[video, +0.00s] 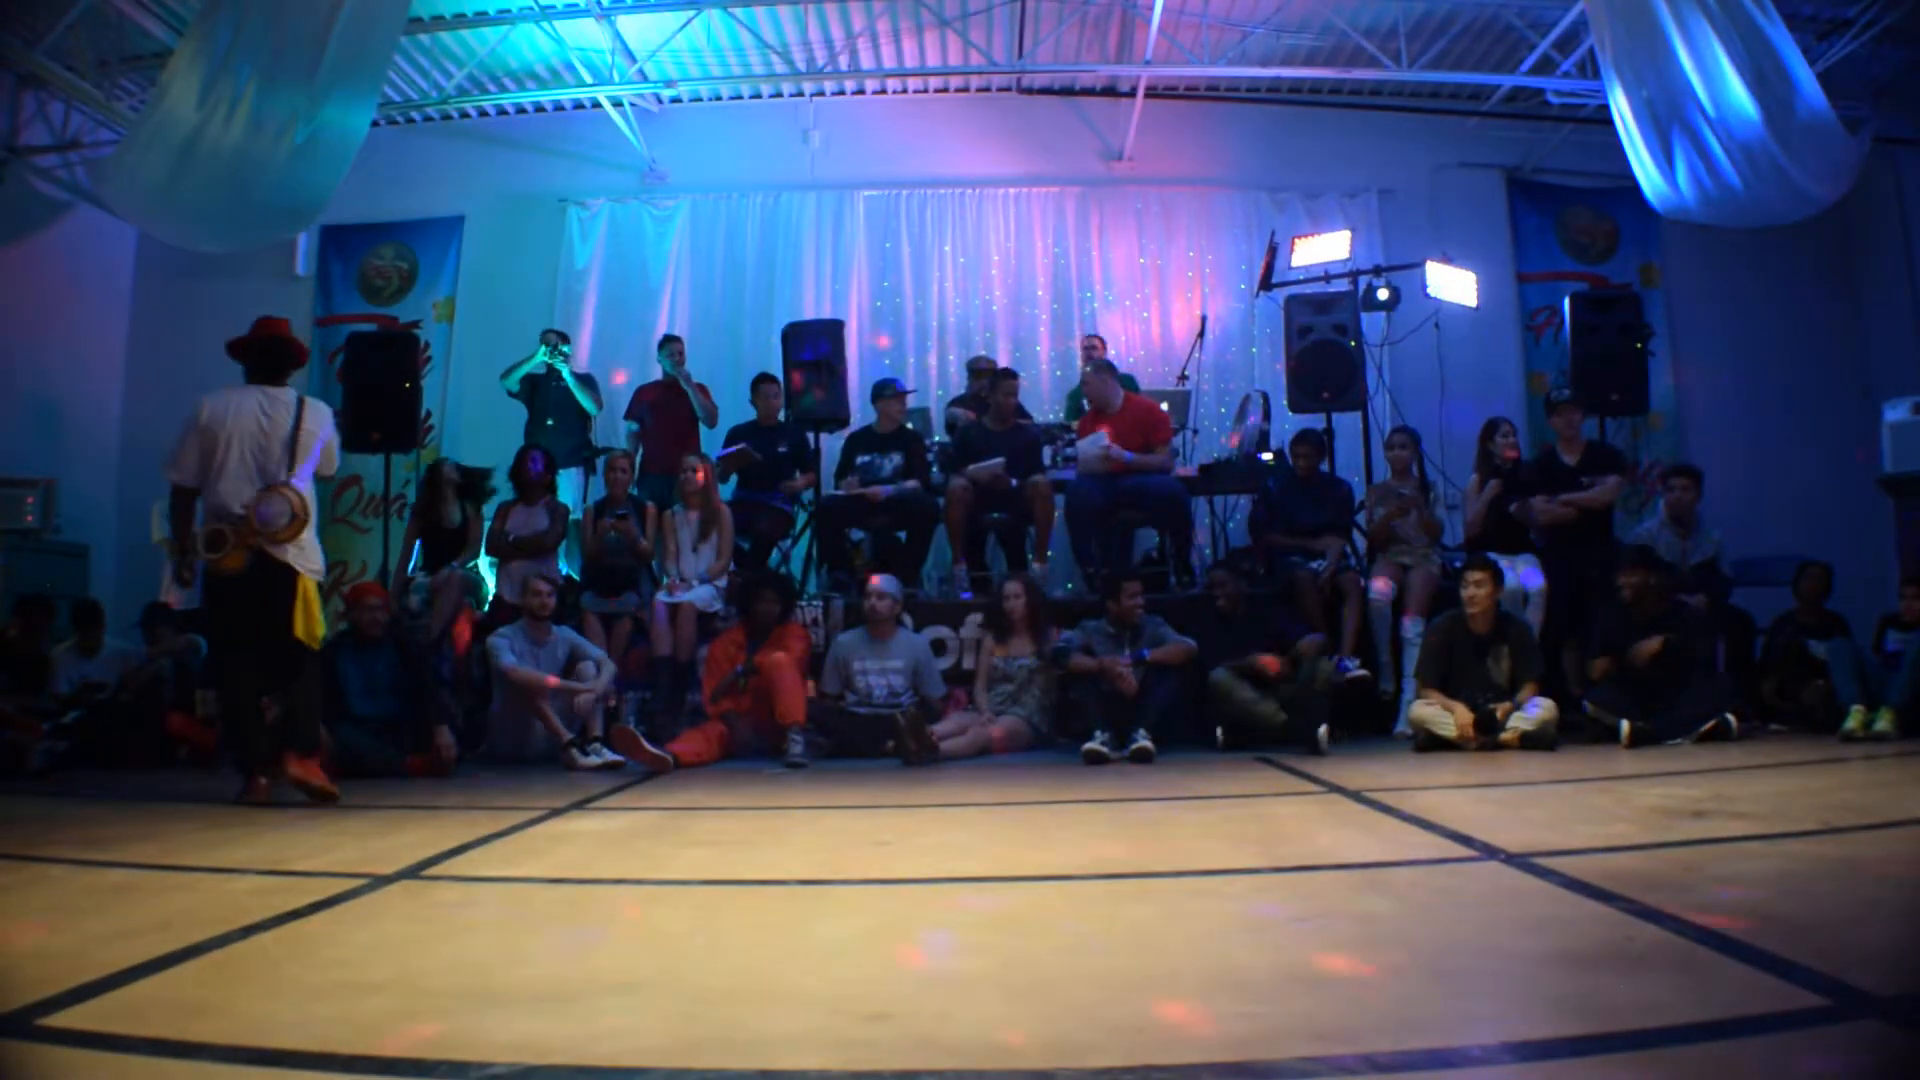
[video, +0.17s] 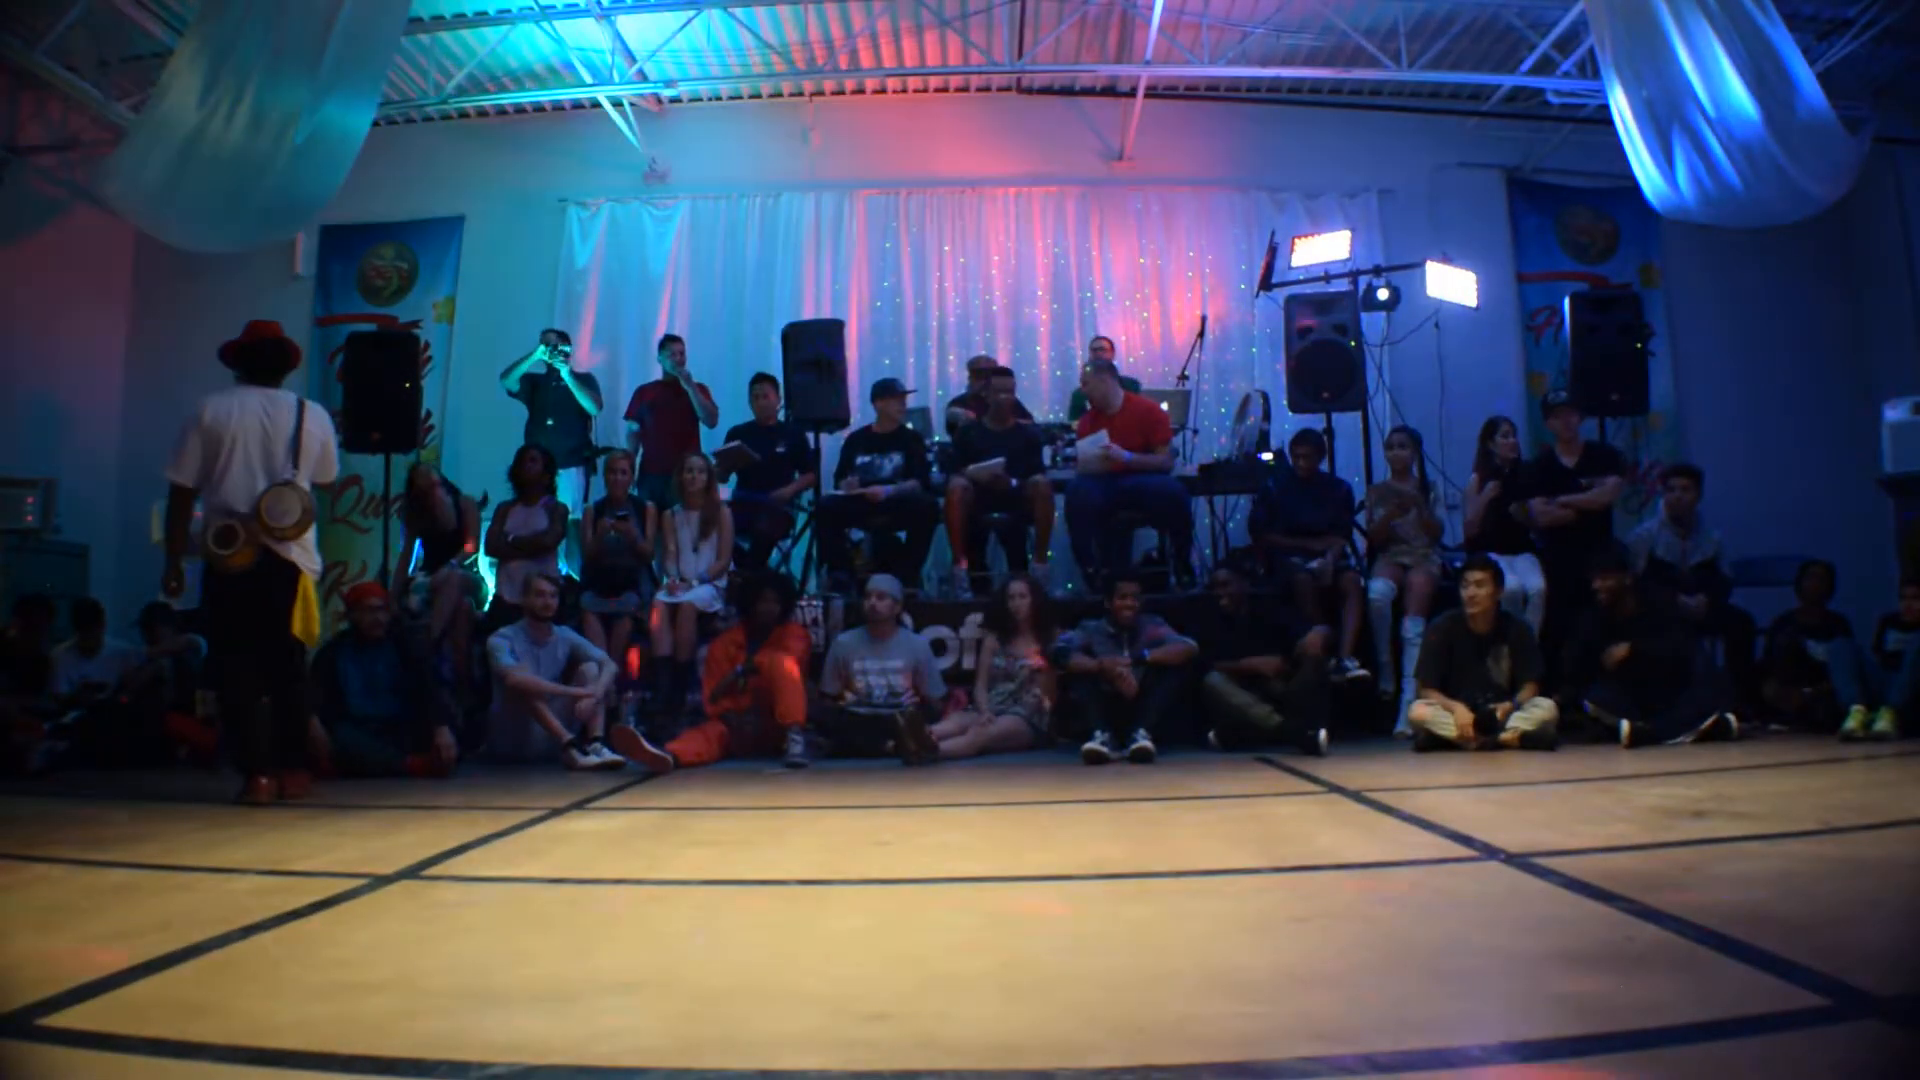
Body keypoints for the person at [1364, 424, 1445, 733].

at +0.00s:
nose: (1398, 453)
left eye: (1404, 447)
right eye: (1392, 448)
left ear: (1416, 452)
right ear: (1385, 453)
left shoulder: (1429, 489)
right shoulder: (1377, 491)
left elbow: (1436, 533)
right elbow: (1373, 536)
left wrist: (1419, 507)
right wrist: (1389, 517)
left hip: (1422, 554)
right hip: (1389, 554)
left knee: (1412, 625)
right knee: (1378, 593)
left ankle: (1408, 709)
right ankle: (1385, 672)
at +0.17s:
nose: (1397, 453)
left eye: (1403, 447)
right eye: (1391, 447)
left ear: (1416, 453)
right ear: (1385, 453)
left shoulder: (1429, 489)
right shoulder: (1376, 492)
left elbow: (1436, 532)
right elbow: (1374, 536)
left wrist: (1418, 505)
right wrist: (1390, 516)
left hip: (1422, 553)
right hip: (1390, 553)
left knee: (1413, 626)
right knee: (1378, 594)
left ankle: (1408, 707)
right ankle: (1385, 670)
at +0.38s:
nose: (1395, 453)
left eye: (1402, 447)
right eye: (1390, 447)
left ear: (1415, 452)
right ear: (1384, 453)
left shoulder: (1432, 489)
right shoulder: (1377, 491)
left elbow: (1437, 533)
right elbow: (1373, 535)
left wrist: (1418, 504)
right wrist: (1389, 513)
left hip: (1422, 554)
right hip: (1389, 554)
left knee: (1412, 628)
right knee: (1377, 596)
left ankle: (1408, 710)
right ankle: (1385, 670)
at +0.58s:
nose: (1394, 453)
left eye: (1401, 447)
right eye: (1389, 448)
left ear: (1415, 453)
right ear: (1383, 453)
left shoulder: (1431, 490)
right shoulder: (1375, 493)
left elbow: (1437, 533)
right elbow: (1373, 536)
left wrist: (1418, 505)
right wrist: (1388, 514)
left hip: (1421, 554)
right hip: (1389, 554)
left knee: (1412, 627)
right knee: (1376, 596)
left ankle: (1407, 708)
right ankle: (1384, 668)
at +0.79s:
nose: (1395, 453)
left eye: (1402, 447)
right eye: (1390, 448)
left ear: (1416, 452)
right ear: (1384, 453)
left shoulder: (1431, 489)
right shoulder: (1376, 492)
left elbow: (1438, 533)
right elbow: (1373, 537)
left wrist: (1419, 504)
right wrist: (1389, 513)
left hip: (1421, 552)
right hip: (1389, 552)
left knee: (1412, 620)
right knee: (1377, 597)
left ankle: (1409, 701)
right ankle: (1385, 672)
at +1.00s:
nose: (1396, 452)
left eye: (1403, 446)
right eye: (1391, 447)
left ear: (1416, 452)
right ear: (1385, 453)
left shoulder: (1433, 489)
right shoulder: (1378, 492)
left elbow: (1437, 534)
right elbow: (1373, 536)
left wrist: (1420, 506)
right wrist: (1387, 514)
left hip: (1422, 553)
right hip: (1390, 552)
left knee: (1413, 615)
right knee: (1378, 596)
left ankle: (1410, 697)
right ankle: (1385, 674)